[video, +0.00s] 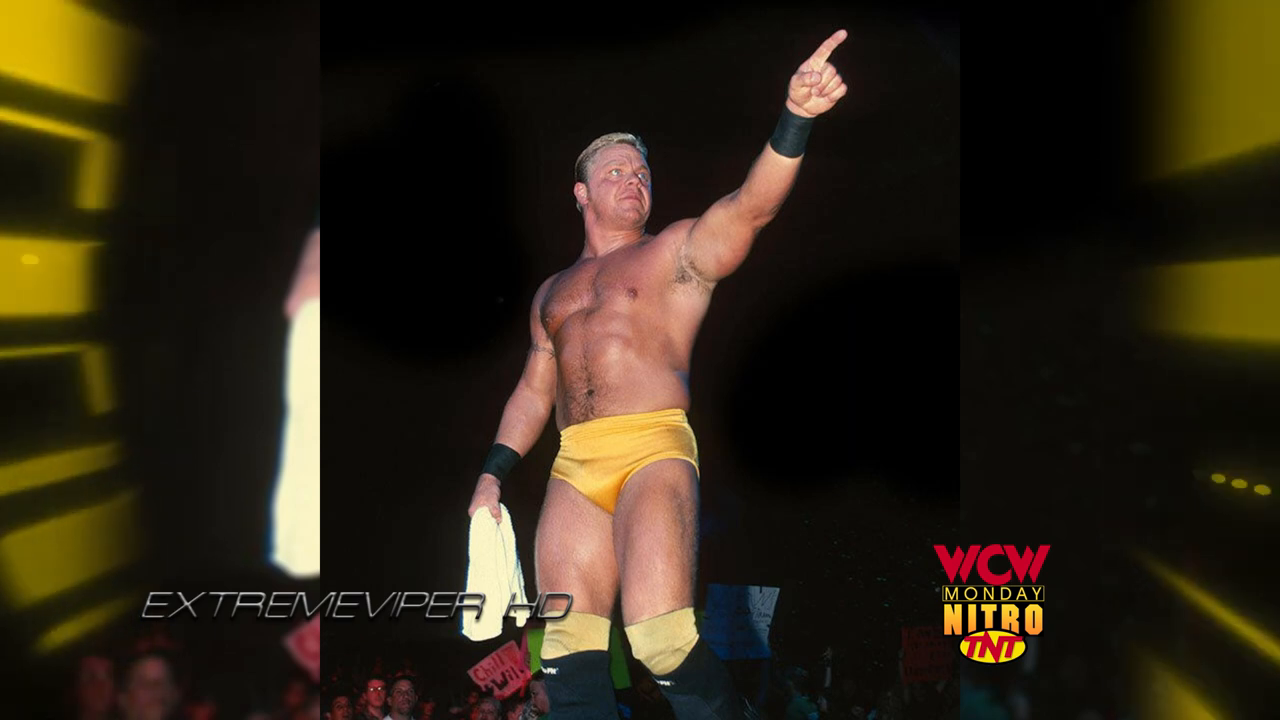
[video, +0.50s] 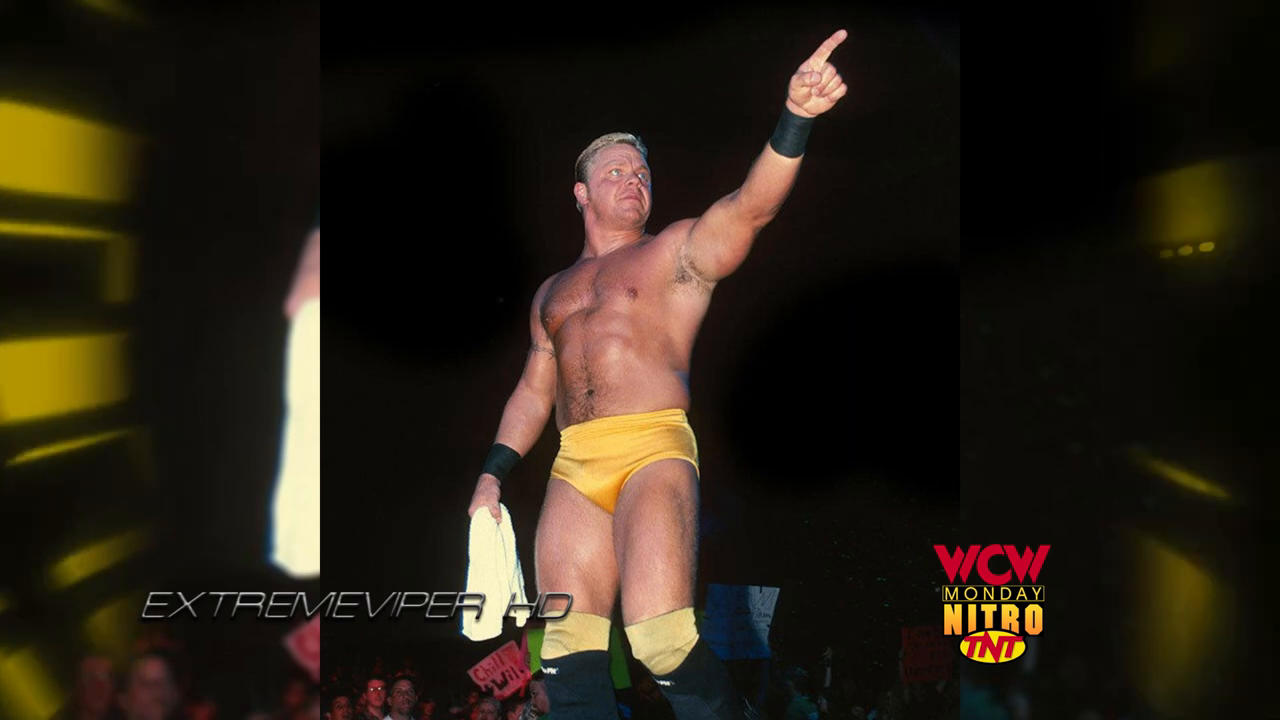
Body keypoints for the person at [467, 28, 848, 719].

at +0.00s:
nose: (631, 179)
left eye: (640, 172)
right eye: (614, 170)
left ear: (650, 194)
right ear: (580, 193)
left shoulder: (680, 253)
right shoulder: (552, 296)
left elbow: (753, 203)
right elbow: (534, 393)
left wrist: (797, 115)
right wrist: (490, 478)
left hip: (656, 448)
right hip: (575, 462)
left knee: (660, 637)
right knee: (568, 647)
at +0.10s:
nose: (631, 179)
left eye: (640, 172)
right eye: (614, 170)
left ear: (650, 194)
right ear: (580, 193)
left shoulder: (680, 253)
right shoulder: (552, 296)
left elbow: (753, 203)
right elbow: (534, 393)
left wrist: (797, 115)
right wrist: (490, 478)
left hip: (656, 448)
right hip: (575, 462)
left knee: (660, 637)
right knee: (568, 647)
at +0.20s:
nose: (632, 179)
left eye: (640, 172)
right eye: (615, 170)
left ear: (650, 194)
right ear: (581, 193)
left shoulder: (680, 254)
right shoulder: (552, 296)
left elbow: (753, 203)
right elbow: (534, 394)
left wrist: (797, 116)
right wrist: (490, 478)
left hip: (656, 448)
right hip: (575, 462)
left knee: (660, 636)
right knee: (568, 647)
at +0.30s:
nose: (632, 179)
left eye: (640, 172)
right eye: (615, 170)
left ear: (650, 194)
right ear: (581, 193)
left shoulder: (680, 254)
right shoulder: (552, 296)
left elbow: (753, 203)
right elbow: (534, 394)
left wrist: (797, 116)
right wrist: (490, 478)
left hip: (656, 448)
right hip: (575, 462)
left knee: (660, 636)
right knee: (568, 647)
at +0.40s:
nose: (632, 179)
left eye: (640, 172)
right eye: (615, 170)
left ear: (650, 194)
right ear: (581, 193)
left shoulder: (680, 254)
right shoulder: (552, 296)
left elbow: (753, 203)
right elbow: (534, 394)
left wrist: (797, 116)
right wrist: (490, 478)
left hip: (656, 448)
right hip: (575, 462)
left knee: (660, 636)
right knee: (568, 647)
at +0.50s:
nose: (631, 179)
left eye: (640, 172)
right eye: (614, 170)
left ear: (650, 194)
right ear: (580, 193)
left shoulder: (680, 253)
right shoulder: (552, 296)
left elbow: (753, 203)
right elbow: (534, 393)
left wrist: (797, 115)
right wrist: (490, 478)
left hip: (656, 448)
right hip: (575, 462)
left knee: (660, 637)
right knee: (568, 647)